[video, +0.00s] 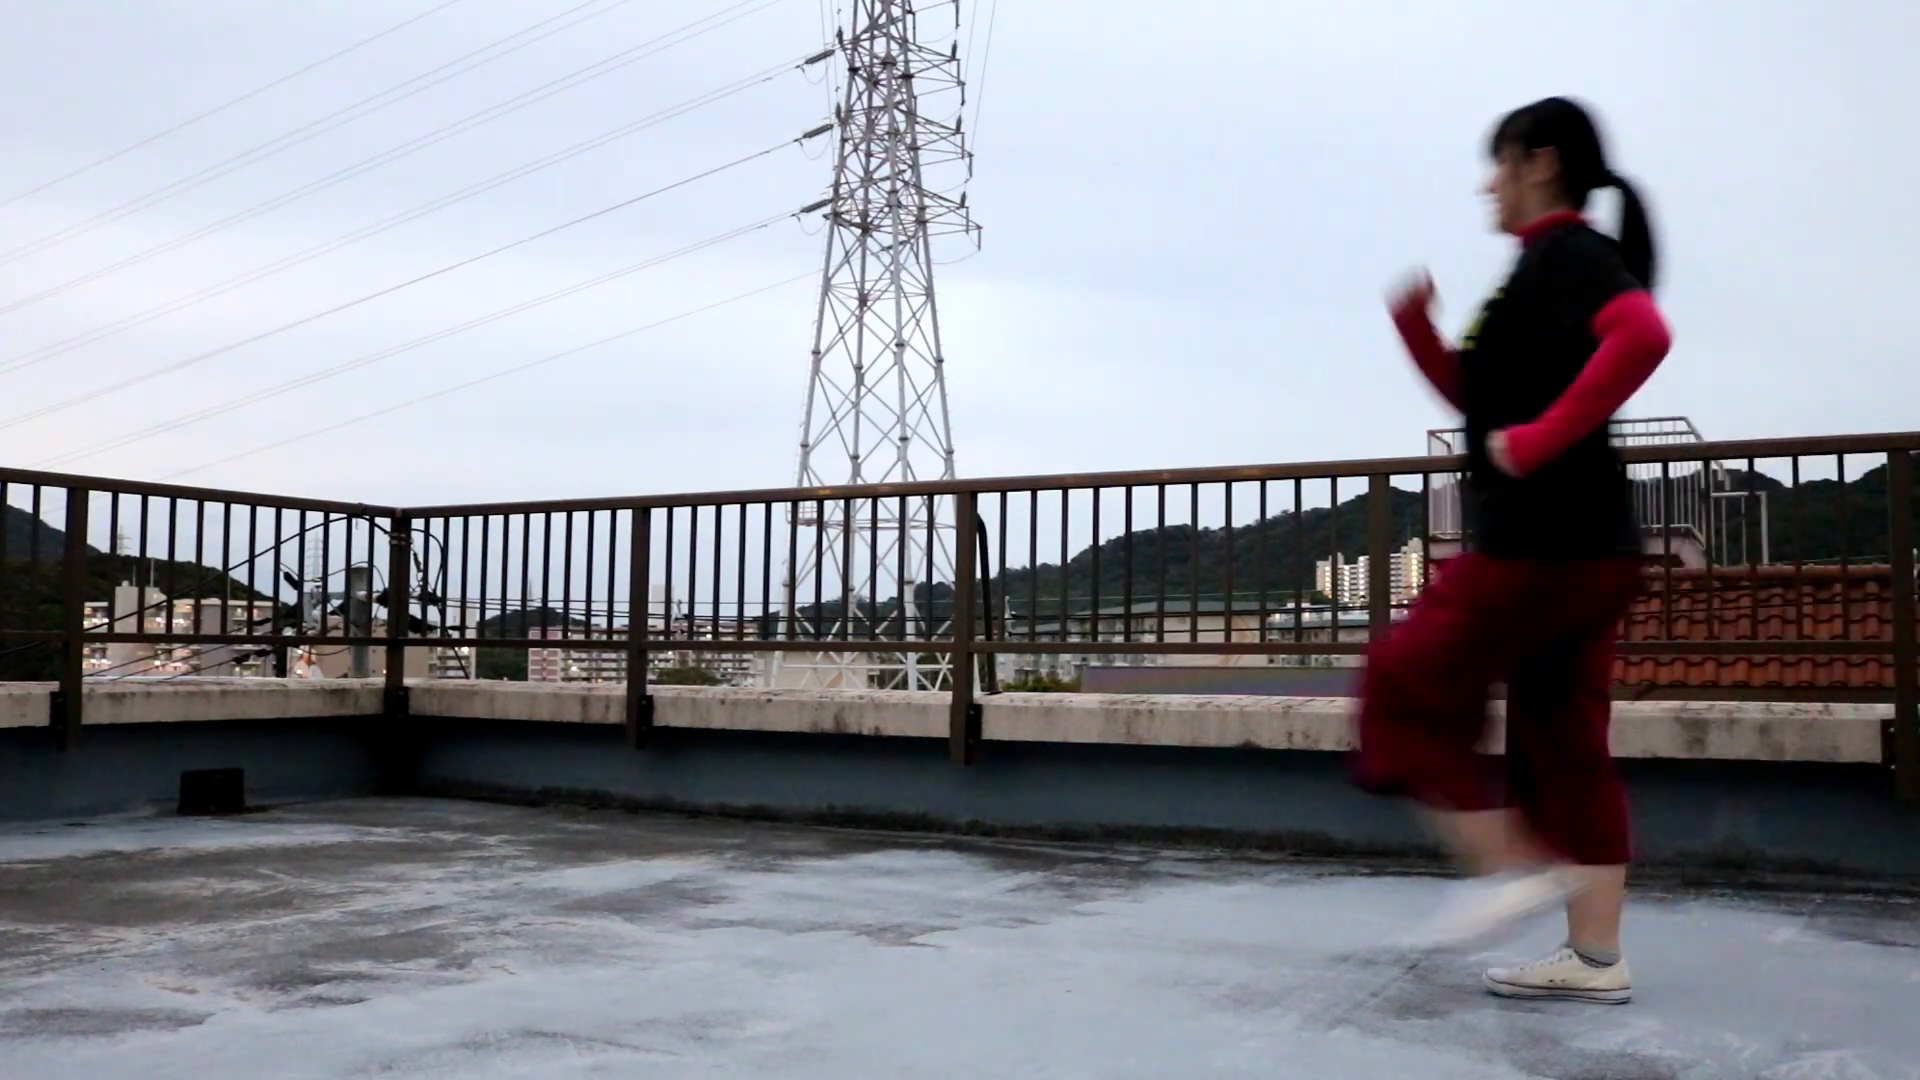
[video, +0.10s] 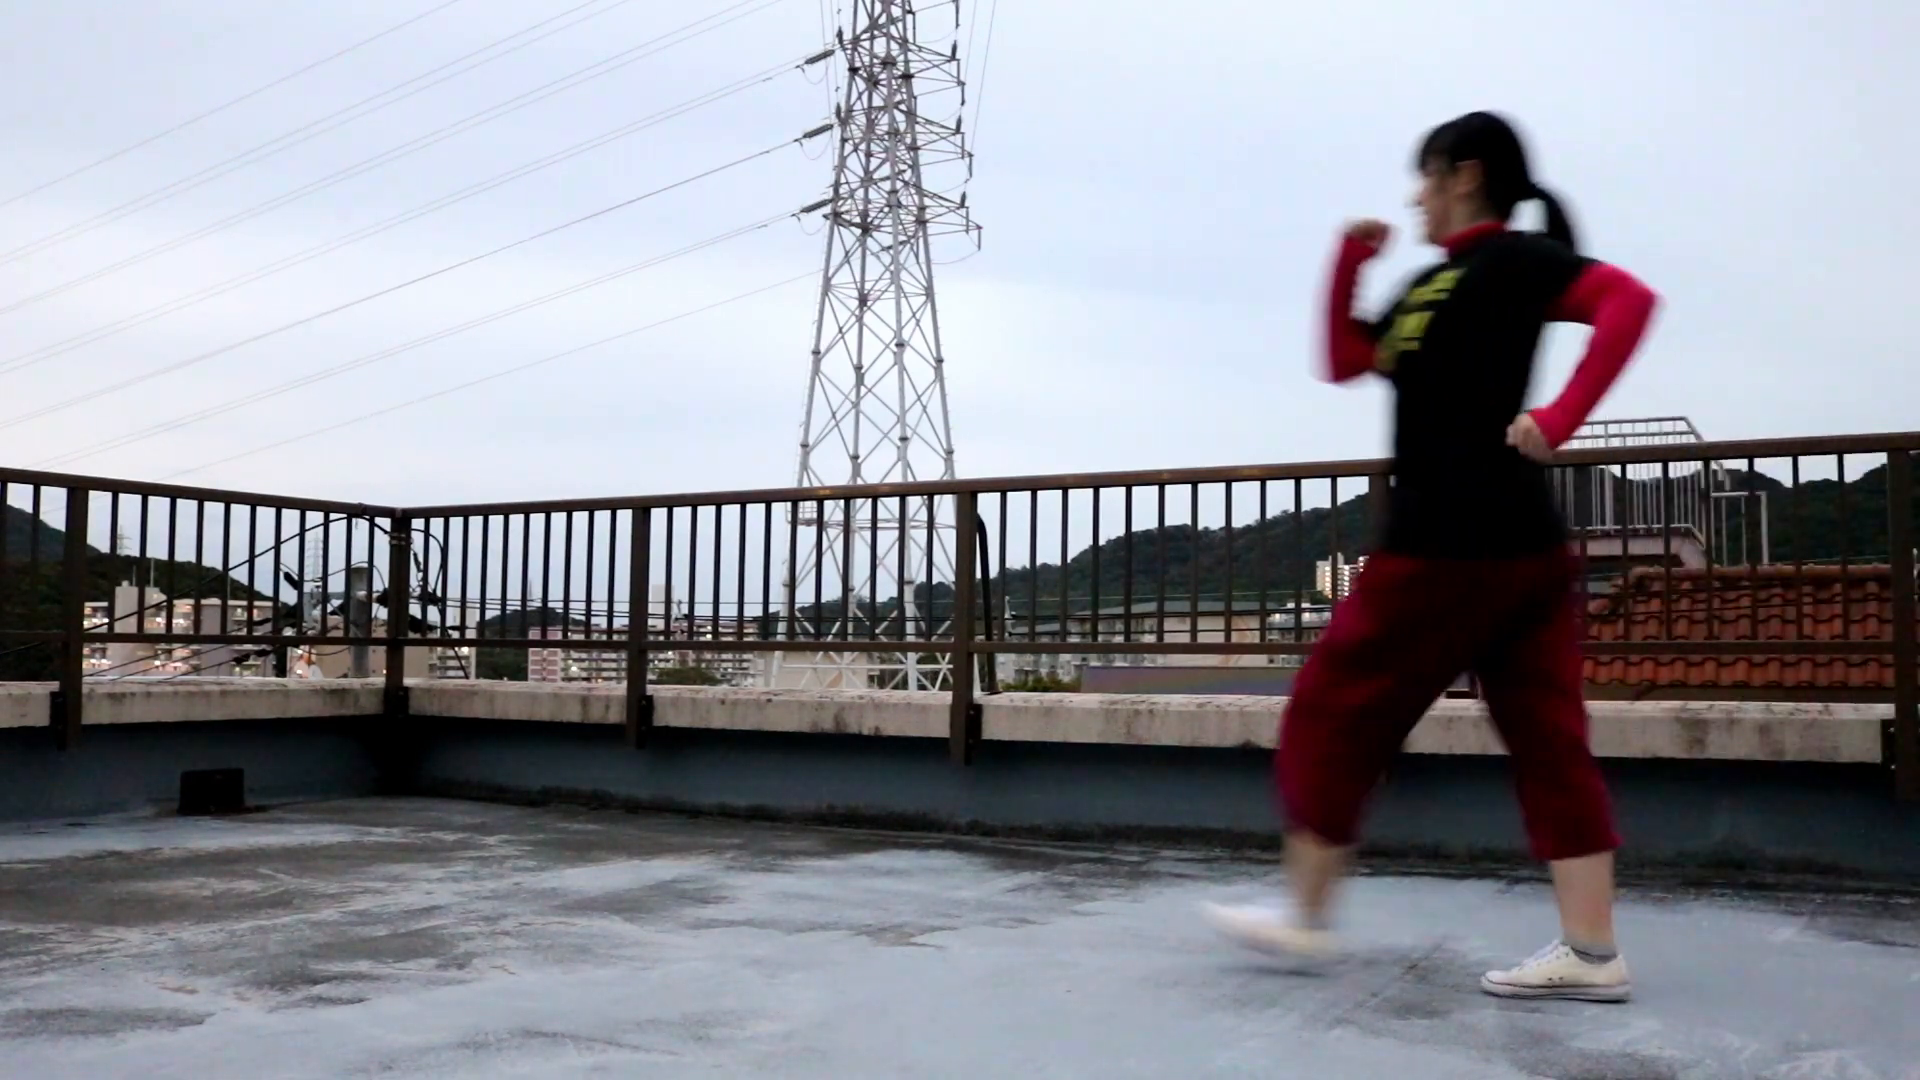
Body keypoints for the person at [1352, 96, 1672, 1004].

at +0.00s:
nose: (1488, 180)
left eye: (1499, 163)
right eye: (1491, 164)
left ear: (1544, 166)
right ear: (1544, 170)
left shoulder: (1571, 254)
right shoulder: (1538, 273)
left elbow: (1642, 333)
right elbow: (1472, 396)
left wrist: (1542, 435)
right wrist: (1415, 323)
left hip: (1539, 546)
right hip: (1575, 546)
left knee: (1400, 687)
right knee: (1566, 734)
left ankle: (1507, 864)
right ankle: (1595, 955)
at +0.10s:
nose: (1417, 193)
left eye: (1426, 176)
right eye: (1418, 177)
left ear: (1468, 178)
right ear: (1469, 182)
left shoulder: (1514, 258)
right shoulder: (1431, 287)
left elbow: (1627, 301)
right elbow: (1343, 362)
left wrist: (1560, 416)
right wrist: (1350, 262)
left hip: (1444, 543)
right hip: (1515, 543)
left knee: (1329, 706)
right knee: (1549, 736)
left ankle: (1304, 916)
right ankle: (1591, 949)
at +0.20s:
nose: (1347, 207)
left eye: (1358, 192)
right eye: (1351, 192)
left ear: (1394, 195)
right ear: (1408, 199)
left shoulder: (1421, 277)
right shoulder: (1368, 292)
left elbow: (1534, 308)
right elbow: (1274, 364)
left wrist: (1489, 427)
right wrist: (1273, 269)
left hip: (1355, 545)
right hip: (1425, 539)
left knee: (1296, 726)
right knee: (1489, 720)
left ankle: (1254, 925)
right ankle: (1572, 924)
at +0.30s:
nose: (1278, 208)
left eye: (1288, 193)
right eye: (1282, 193)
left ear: (1322, 199)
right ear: (1332, 202)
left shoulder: (1341, 288)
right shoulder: (1320, 297)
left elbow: (1377, 376)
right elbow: (1263, 404)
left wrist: (1303, 465)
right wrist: (1202, 354)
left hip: (1284, 548)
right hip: (1339, 547)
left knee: (1251, 718)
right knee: (1348, 724)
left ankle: (1247, 923)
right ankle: (1493, 864)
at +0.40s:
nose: (1215, 216)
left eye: (1224, 201)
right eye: (1218, 202)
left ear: (1257, 205)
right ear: (1276, 210)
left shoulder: (1257, 295)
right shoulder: (1291, 296)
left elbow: (1218, 398)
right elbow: (1274, 425)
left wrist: (1130, 424)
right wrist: (1190, 474)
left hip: (1237, 550)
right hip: (1282, 547)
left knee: (1224, 721)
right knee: (1221, 714)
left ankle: (1248, 926)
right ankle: (1343, 807)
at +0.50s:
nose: (1148, 220)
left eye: (1156, 205)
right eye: (1152, 205)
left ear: (1187, 210)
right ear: (1215, 216)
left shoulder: (1157, 301)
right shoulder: (1238, 312)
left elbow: (1053, 359)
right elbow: (1308, 414)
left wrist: (1024, 308)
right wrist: (1257, 502)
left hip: (1182, 553)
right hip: (1231, 548)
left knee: (1210, 725)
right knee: (1076, 680)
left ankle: (1249, 926)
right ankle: (1143, 833)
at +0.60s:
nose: (1085, 223)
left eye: (1092, 209)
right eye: (1089, 209)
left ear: (1123, 214)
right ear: (1152, 220)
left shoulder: (1085, 293)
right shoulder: (1189, 307)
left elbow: (963, 323)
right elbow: (1290, 373)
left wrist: (961, 247)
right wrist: (1260, 473)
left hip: (1129, 553)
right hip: (1143, 549)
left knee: (1175, 731)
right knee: (1024, 714)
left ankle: (1246, 922)